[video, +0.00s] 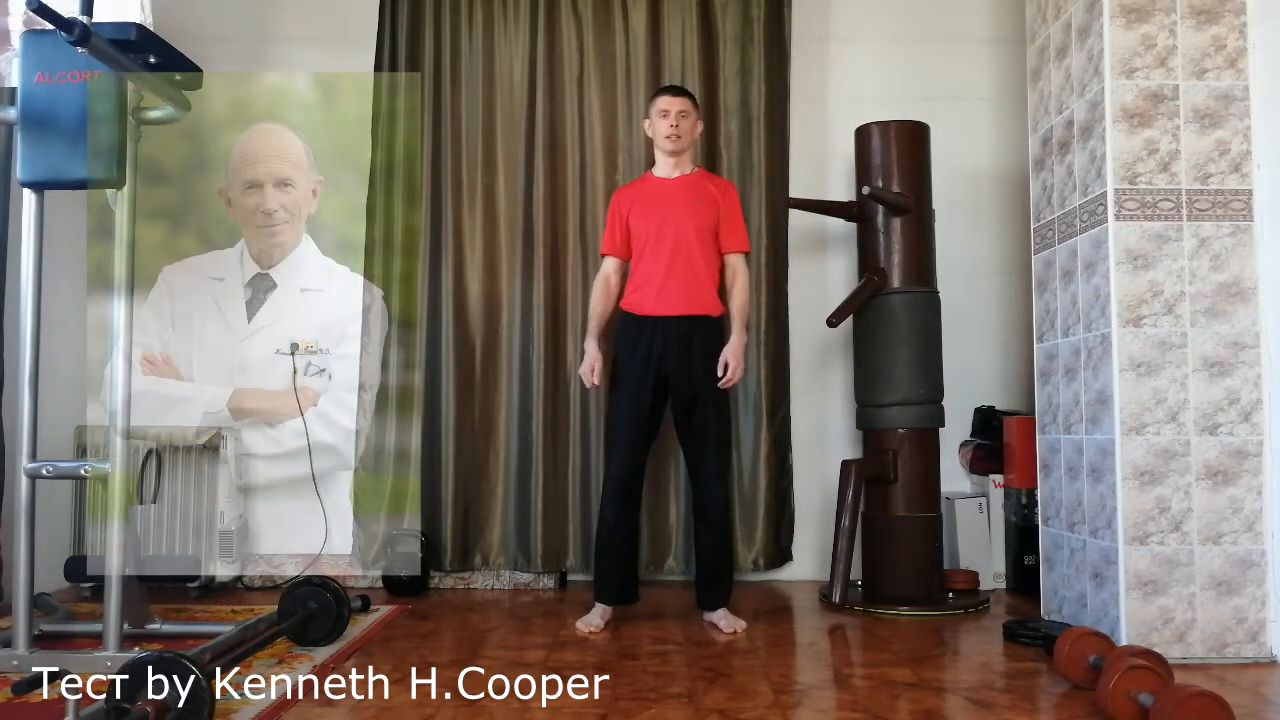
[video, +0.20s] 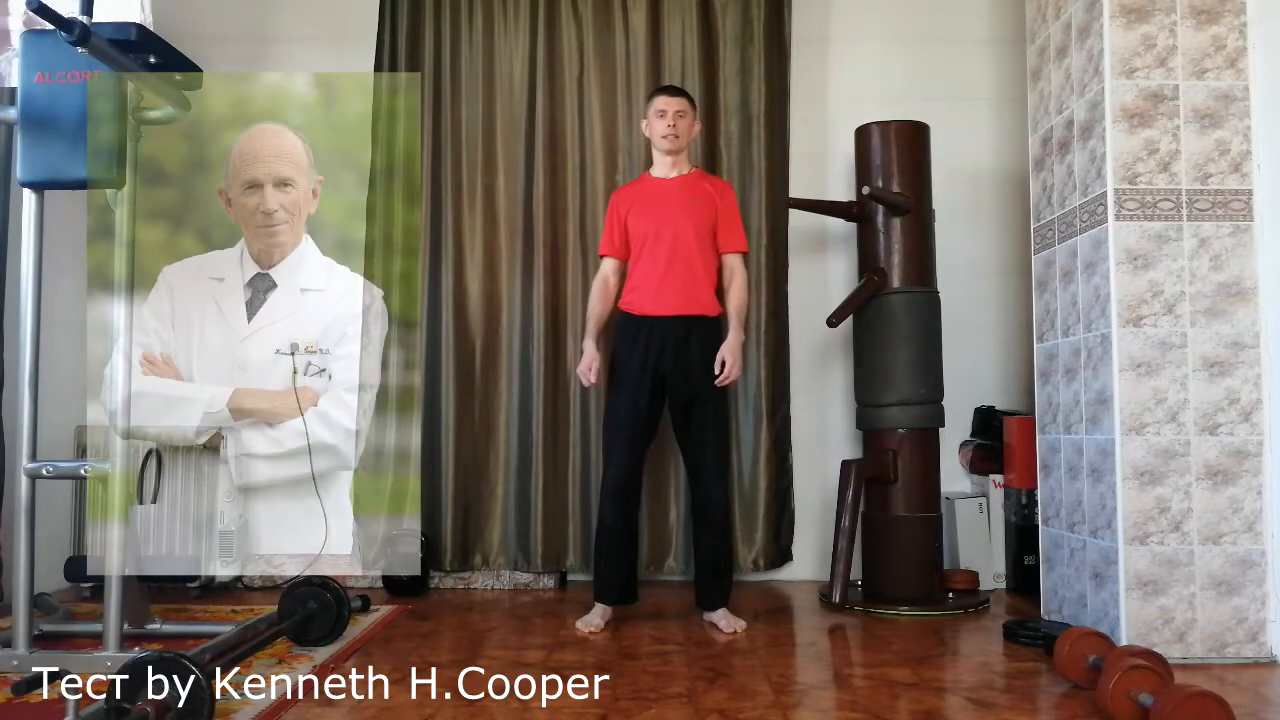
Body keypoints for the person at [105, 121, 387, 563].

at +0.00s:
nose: (269, 203)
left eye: (284, 185)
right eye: (252, 188)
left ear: (314, 194)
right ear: (227, 201)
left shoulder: (354, 300)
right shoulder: (177, 285)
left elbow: (343, 438)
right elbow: (122, 400)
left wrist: (192, 408)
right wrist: (249, 402)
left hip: (303, 547)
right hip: (183, 548)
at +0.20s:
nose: (269, 203)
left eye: (285, 185)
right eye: (252, 188)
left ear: (313, 195)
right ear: (228, 201)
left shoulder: (353, 299)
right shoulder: (177, 284)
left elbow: (340, 437)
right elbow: (124, 403)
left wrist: (201, 419)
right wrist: (253, 401)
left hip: (300, 551)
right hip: (179, 550)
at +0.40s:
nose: (269, 204)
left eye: (284, 185)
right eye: (252, 188)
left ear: (313, 194)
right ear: (228, 202)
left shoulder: (354, 300)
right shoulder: (178, 285)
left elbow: (338, 437)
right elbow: (124, 402)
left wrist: (200, 420)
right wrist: (252, 401)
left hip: (299, 556)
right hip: (177, 554)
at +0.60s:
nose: (269, 204)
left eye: (284, 185)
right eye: (252, 188)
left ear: (313, 194)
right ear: (228, 202)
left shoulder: (354, 300)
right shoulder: (178, 284)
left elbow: (339, 436)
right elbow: (124, 401)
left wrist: (200, 422)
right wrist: (254, 401)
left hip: (298, 555)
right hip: (176, 554)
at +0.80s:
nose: (269, 204)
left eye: (284, 185)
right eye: (252, 188)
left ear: (313, 194)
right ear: (228, 201)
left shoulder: (355, 300)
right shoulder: (179, 284)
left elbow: (338, 437)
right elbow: (123, 400)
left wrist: (199, 421)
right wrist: (250, 400)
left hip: (299, 558)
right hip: (177, 557)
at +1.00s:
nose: (269, 204)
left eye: (284, 185)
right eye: (252, 188)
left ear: (313, 194)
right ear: (228, 202)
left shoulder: (355, 300)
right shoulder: (179, 284)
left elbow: (338, 437)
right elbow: (123, 400)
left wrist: (199, 420)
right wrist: (249, 400)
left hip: (299, 556)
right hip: (178, 556)